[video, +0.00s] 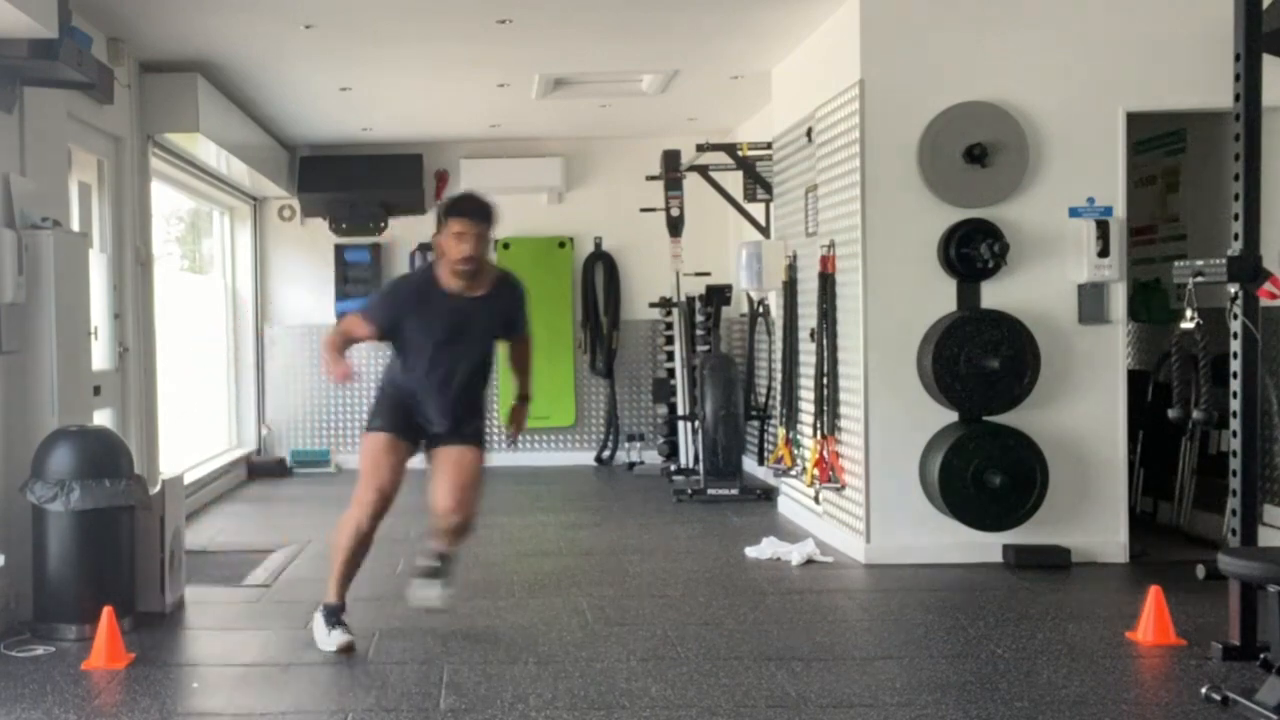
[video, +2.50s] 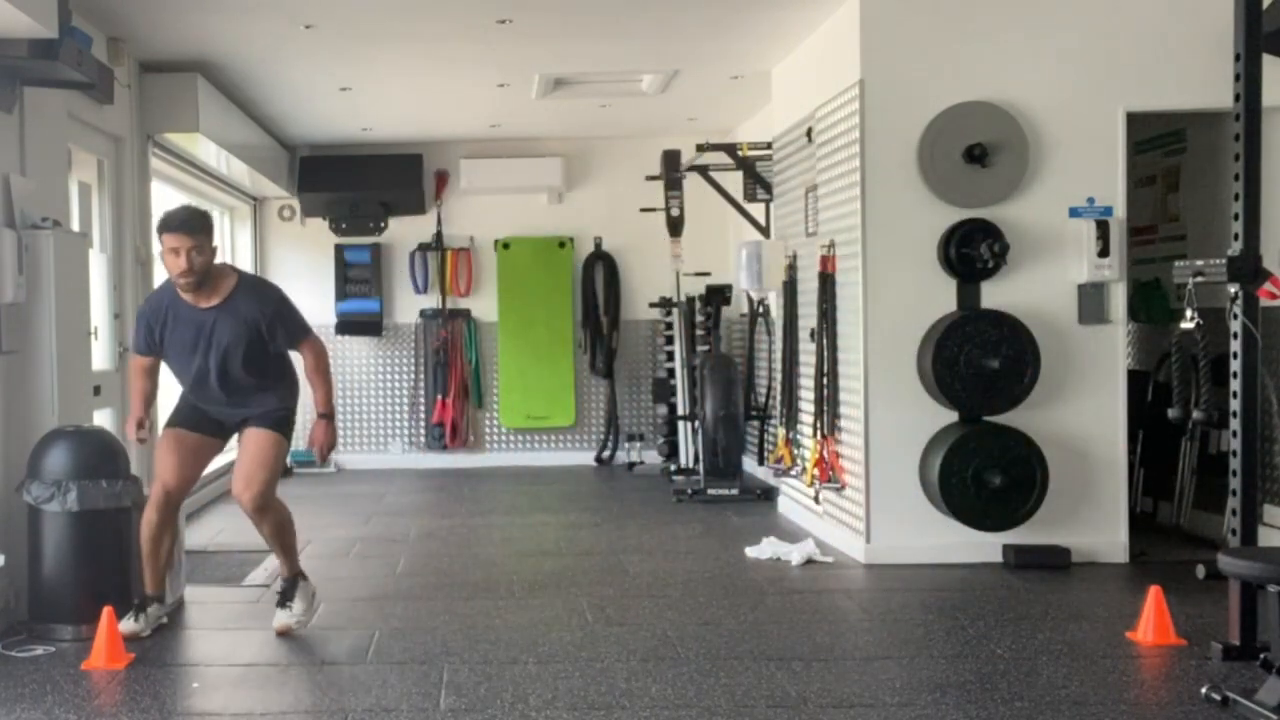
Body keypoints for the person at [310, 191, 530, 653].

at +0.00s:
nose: (468, 249)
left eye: (478, 238)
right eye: (458, 237)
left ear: (489, 242)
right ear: (438, 240)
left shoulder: (505, 293)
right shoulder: (409, 292)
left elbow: (519, 344)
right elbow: (343, 332)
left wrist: (522, 398)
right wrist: (334, 355)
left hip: (462, 410)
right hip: (402, 401)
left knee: (455, 512)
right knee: (371, 503)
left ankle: (437, 560)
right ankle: (331, 609)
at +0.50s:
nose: (820, 211)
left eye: (825, 201)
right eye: (808, 201)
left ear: (833, 204)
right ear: (782, 205)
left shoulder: (843, 261)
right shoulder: (758, 268)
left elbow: (859, 316)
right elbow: (697, 336)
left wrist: (878, 368)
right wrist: (693, 414)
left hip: (817, 388)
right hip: (763, 390)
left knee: (856, 494)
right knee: (829, 484)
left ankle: (766, 533)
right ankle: (830, 601)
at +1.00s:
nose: (1005, 284)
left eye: (1015, 271)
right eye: (992, 272)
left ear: (1029, 271)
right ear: (972, 275)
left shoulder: (1044, 308)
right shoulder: (944, 319)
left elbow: (1075, 359)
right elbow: (885, 383)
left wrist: (1099, 419)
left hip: (1002, 404)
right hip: (933, 408)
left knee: (1072, 484)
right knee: (979, 478)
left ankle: (1085, 578)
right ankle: (969, 567)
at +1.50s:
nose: (774, 243)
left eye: (783, 231)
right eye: (763, 233)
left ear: (796, 230)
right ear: (749, 233)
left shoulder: (823, 280)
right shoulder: (726, 284)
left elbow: (869, 335)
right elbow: (680, 343)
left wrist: (903, 395)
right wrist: (706, 407)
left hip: (806, 398)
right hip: (746, 407)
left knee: (809, 494)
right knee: (777, 507)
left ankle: (816, 594)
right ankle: (849, 528)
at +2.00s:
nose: (422, 224)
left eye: (431, 213)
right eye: (411, 214)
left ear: (446, 213)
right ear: (398, 217)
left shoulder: (481, 272)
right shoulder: (387, 264)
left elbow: (524, 332)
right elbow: (342, 316)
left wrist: (548, 393)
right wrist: (342, 340)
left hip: (456, 391)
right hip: (408, 391)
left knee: (391, 482)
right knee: (399, 496)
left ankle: (350, 598)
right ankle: (503, 551)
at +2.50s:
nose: (185, 264)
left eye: (195, 252)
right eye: (174, 253)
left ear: (212, 249)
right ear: (162, 253)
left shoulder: (258, 297)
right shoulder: (157, 308)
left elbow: (312, 348)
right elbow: (143, 366)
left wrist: (325, 416)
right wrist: (139, 411)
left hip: (267, 401)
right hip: (203, 402)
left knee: (252, 494)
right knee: (163, 491)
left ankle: (294, 580)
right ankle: (151, 599)